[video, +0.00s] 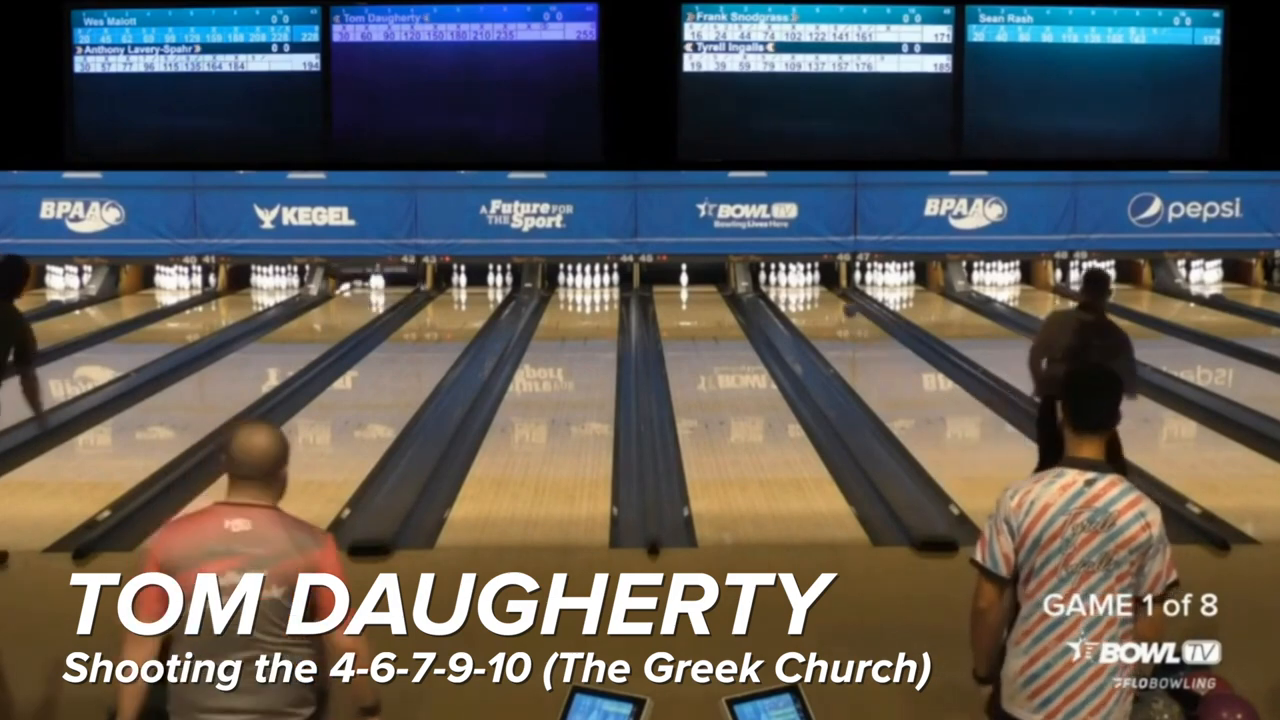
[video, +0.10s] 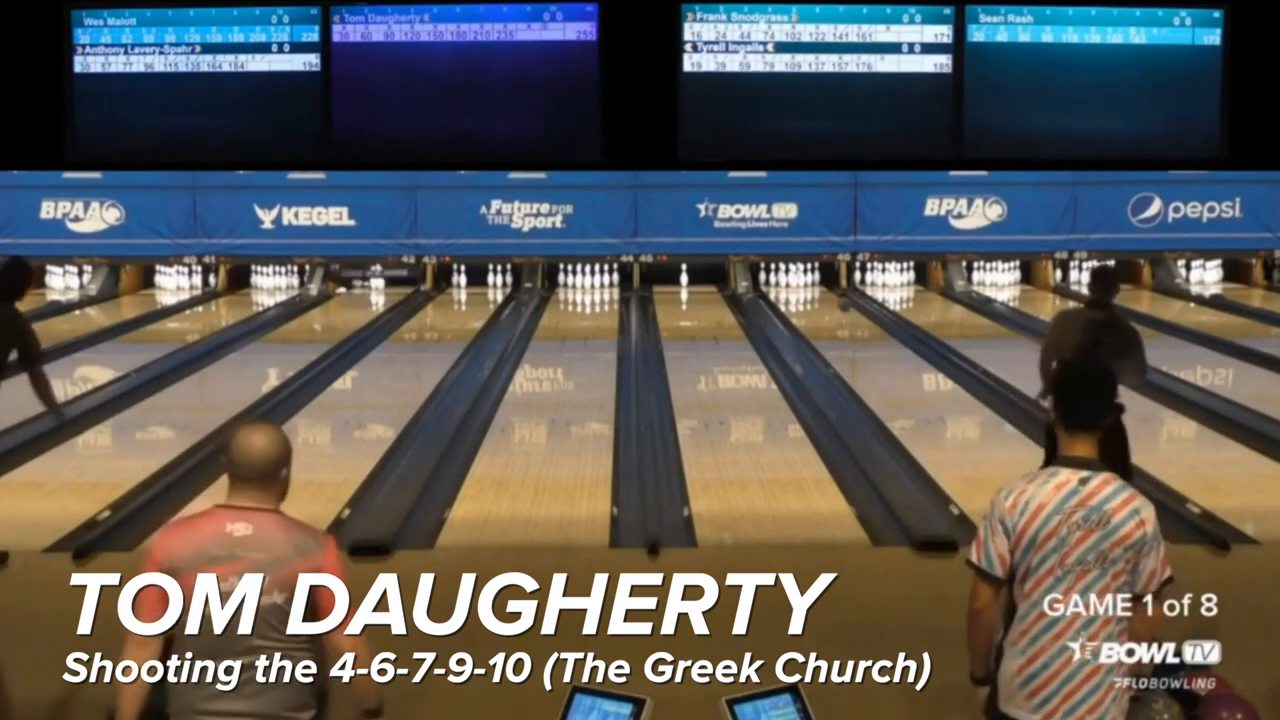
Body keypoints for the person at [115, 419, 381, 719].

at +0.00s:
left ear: (226, 470)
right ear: (282, 476)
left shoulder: (168, 543)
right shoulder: (316, 547)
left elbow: (136, 664)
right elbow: (355, 662)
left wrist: (126, 714)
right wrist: (370, 705)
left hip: (194, 710)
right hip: (287, 710)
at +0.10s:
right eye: (290, 471)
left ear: (227, 472)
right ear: (284, 477)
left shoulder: (169, 544)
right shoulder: (317, 550)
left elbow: (137, 663)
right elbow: (355, 667)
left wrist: (126, 714)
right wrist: (373, 706)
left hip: (194, 710)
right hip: (288, 710)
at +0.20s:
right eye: (287, 473)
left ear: (224, 476)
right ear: (280, 479)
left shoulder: (167, 546)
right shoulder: (317, 554)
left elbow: (136, 658)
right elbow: (352, 675)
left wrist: (122, 713)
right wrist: (365, 712)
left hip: (190, 709)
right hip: (286, 710)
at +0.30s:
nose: (281, 483)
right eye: (280, 477)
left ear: (217, 480)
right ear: (274, 484)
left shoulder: (164, 549)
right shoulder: (310, 561)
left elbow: (132, 659)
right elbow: (344, 680)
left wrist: (120, 715)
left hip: (184, 711)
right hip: (277, 711)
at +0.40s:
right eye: (270, 478)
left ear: (206, 481)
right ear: (263, 487)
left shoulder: (155, 552)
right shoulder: (298, 565)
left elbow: (129, 667)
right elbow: (326, 680)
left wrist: (124, 714)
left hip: (177, 709)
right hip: (267, 709)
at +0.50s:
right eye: (250, 482)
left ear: (188, 485)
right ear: (245, 492)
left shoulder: (136, 557)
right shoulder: (279, 573)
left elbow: (124, 665)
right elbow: (305, 685)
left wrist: (134, 713)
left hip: (157, 712)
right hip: (248, 713)